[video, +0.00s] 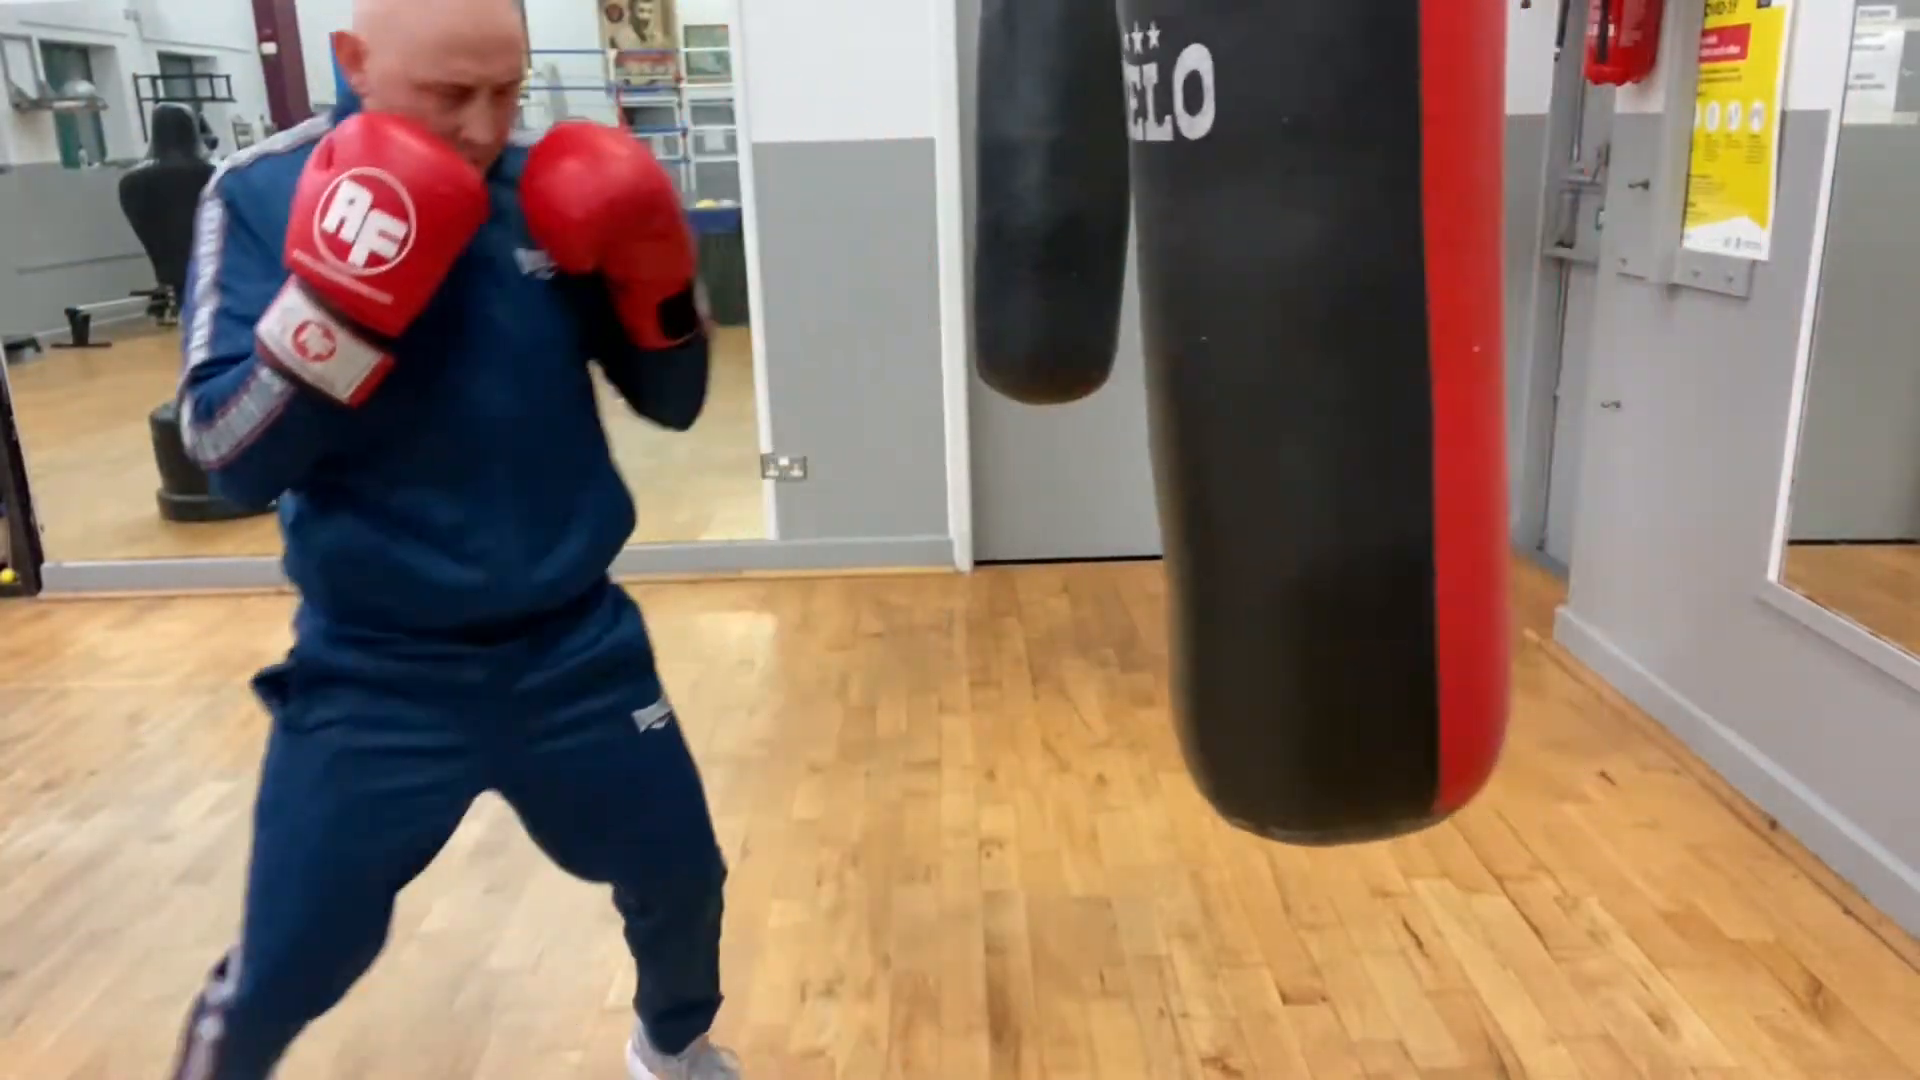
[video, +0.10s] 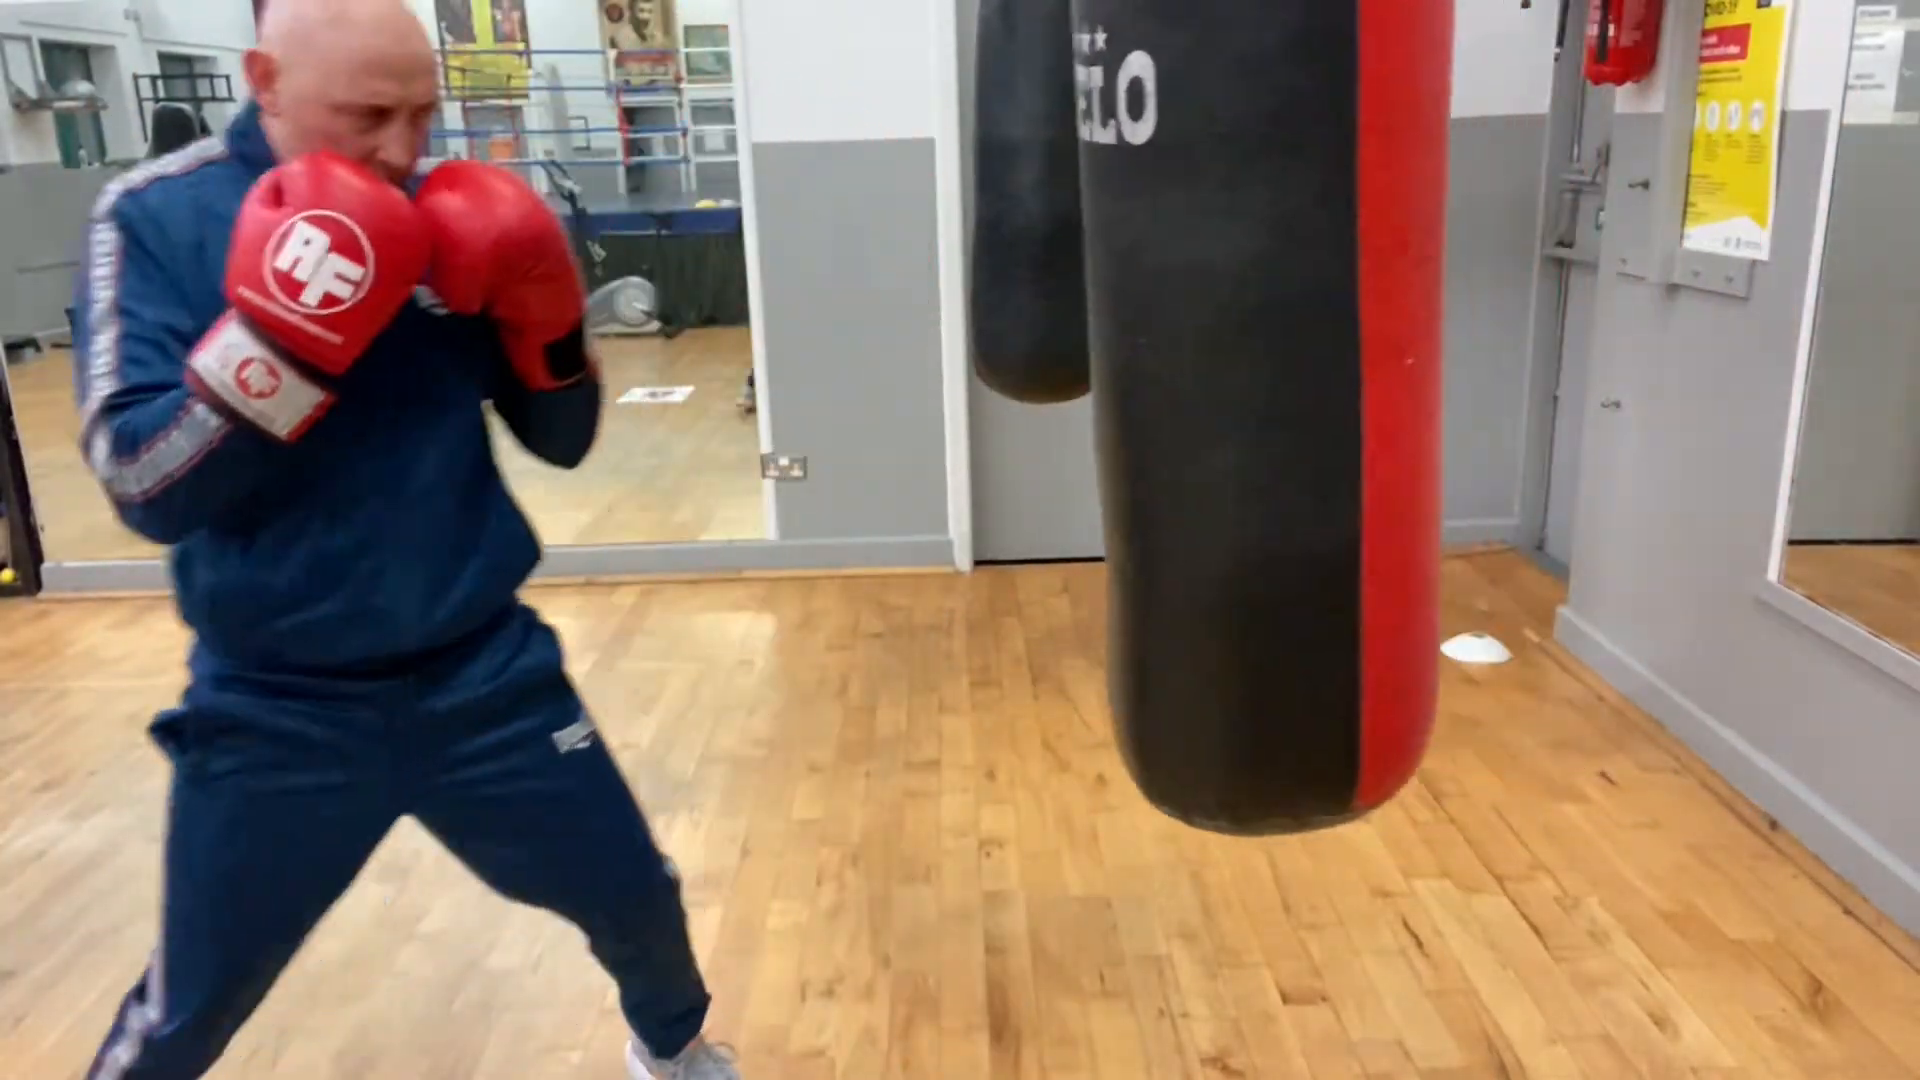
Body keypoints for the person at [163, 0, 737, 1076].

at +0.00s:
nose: (481, 129)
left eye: (505, 93)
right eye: (446, 96)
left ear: (526, 70)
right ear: (357, 63)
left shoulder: (554, 180)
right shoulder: (261, 198)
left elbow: (674, 401)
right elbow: (227, 463)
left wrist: (654, 276)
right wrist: (338, 303)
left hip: (574, 649)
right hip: (376, 670)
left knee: (683, 881)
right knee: (299, 969)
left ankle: (676, 1050)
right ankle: (227, 1044)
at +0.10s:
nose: (403, 153)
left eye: (422, 118)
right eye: (369, 120)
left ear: (440, 95)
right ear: (266, 86)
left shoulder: (447, 207)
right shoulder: (153, 220)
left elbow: (564, 440)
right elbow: (145, 491)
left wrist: (545, 308)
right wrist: (276, 339)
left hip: (484, 677)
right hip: (278, 708)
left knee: (640, 900)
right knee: (189, 1015)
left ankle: (674, 1049)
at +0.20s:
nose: (299, 118)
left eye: (321, 85)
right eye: (263, 85)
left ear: (338, 66)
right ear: (157, 48)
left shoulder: (349, 177)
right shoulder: (41, 190)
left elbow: (448, 428)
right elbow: (19, 468)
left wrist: (440, 292)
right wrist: (155, 309)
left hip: (381, 668)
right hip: (155, 699)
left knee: (547, 893)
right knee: (101, 1027)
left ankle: (652, 1043)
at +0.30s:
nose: (219, 76)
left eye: (243, 43)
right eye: (185, 39)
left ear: (262, 34)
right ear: (78, 18)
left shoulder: (272, 141)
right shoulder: (8, 151)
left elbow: (387, 387)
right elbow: (3, 424)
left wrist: (368, 243)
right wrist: (57, 274)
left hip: (319, 621)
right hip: (99, 661)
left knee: (479, 860)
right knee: (81, 1004)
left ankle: (512, 1046)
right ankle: (53, 1051)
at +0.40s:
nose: (160, 82)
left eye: (180, 45)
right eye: (123, 41)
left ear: (196, 39)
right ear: (15, 26)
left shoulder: (212, 164)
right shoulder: (8, 199)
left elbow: (346, 385)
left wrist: (316, 233)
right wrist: (33, 279)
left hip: (269, 627)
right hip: (59, 669)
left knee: (417, 880)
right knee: (40, 1025)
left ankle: (350, 1050)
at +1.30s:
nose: (12, 73)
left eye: (13, 62)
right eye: (1, 64)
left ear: (20, 53)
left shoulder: (73, 184)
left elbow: (207, 392)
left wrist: (206, 281)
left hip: (136, 649)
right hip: (4, 693)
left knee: (290, 906)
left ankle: (258, 1043)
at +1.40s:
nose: (15, 39)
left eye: (22, 24)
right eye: (5, 24)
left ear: (36, 28)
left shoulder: (80, 137)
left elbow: (280, 331)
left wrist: (245, 177)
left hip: (157, 627)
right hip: (9, 673)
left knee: (347, 882)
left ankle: (356, 1042)